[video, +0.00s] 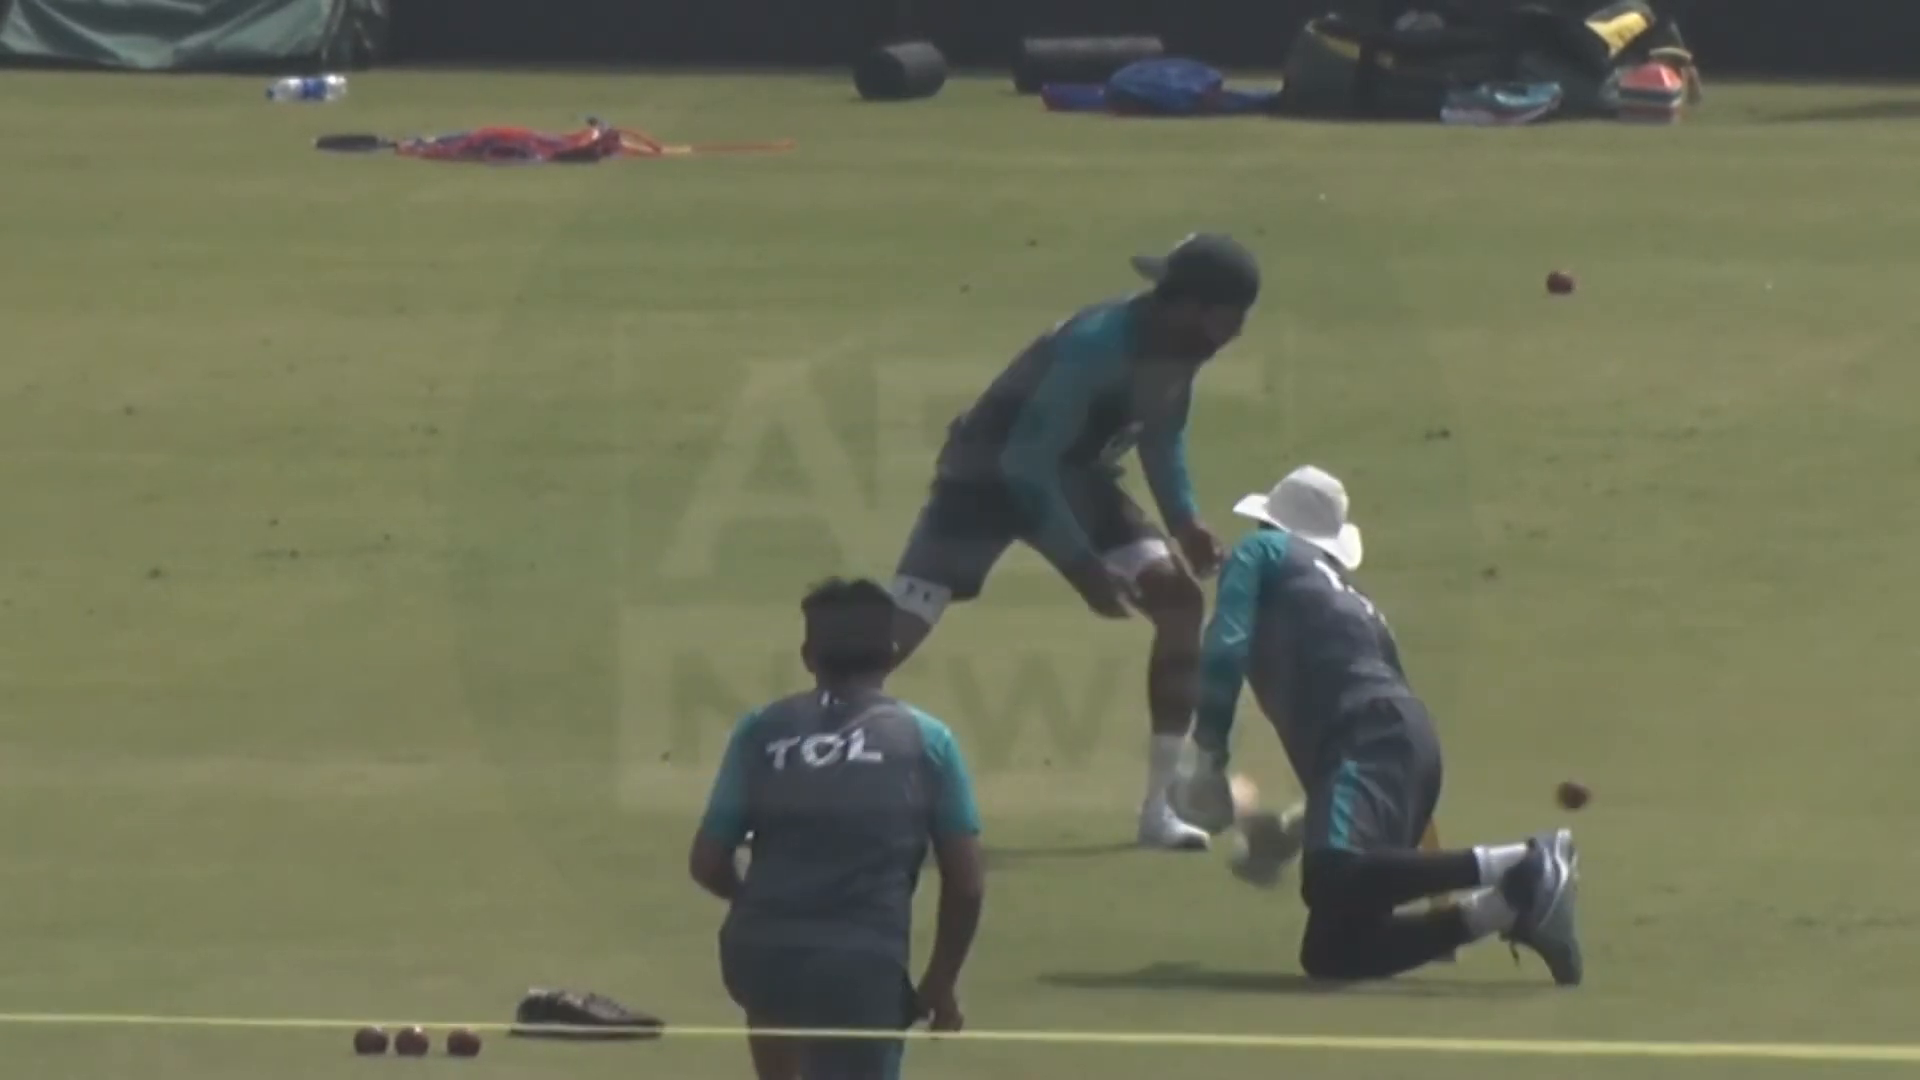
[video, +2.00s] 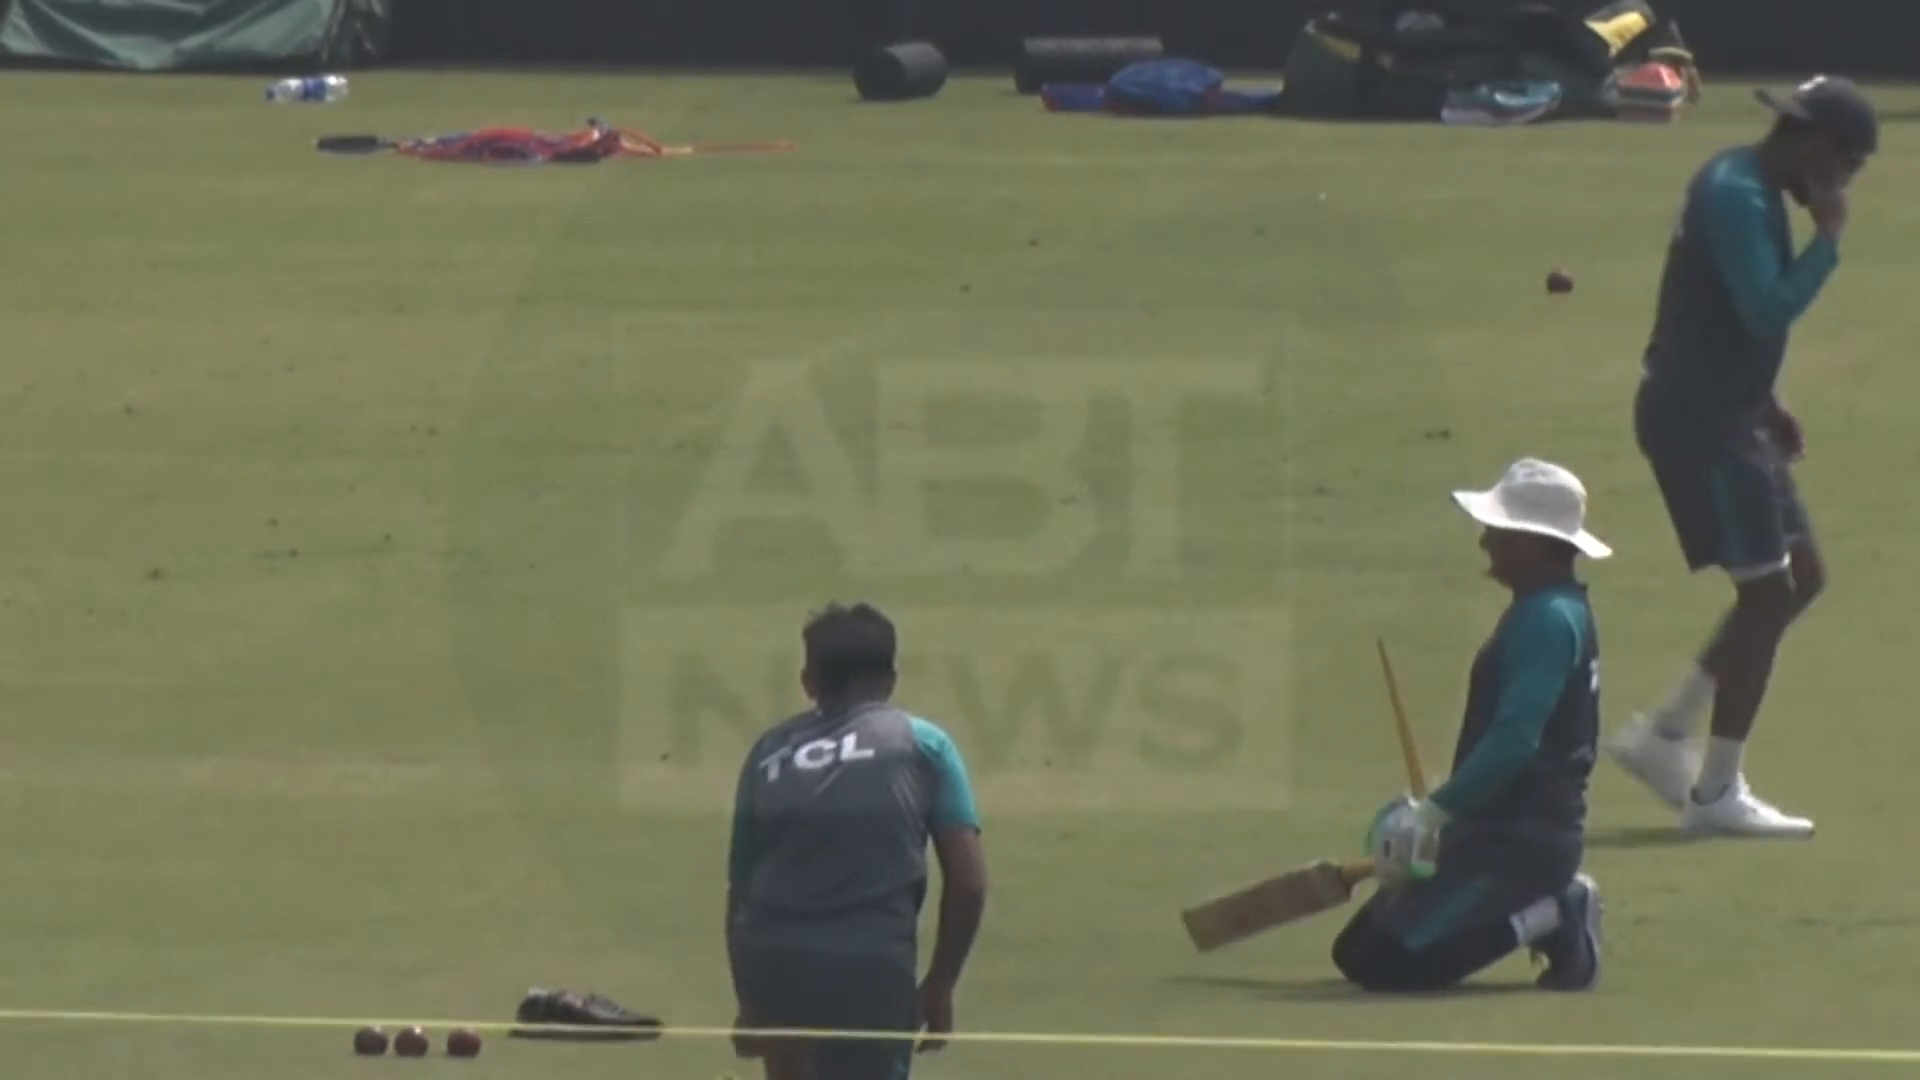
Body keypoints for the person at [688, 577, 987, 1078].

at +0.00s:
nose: (805, 652)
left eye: (807, 643)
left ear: (809, 655)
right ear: (891, 656)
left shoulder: (760, 731)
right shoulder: (928, 741)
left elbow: (707, 863)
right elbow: (965, 886)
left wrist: (759, 900)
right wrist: (939, 985)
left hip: (761, 954)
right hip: (862, 965)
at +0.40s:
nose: (792, 659)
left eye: (795, 650)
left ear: (801, 663)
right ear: (883, 662)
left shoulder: (760, 740)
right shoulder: (922, 734)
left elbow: (731, 885)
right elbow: (969, 875)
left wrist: (749, 970)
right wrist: (937, 976)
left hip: (770, 958)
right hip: (871, 961)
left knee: (786, 1069)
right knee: (869, 1068)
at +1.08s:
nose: (802, 675)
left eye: (804, 665)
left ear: (810, 676)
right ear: (890, 674)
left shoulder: (767, 747)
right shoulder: (927, 740)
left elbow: (737, 892)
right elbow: (972, 879)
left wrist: (748, 996)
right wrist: (944, 988)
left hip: (773, 967)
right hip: (873, 969)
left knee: (791, 1069)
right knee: (872, 1069)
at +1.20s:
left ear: (812, 676)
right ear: (893, 676)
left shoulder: (769, 743)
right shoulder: (930, 743)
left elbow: (722, 892)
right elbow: (972, 882)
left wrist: (743, 979)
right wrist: (947, 991)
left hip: (773, 960)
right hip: (871, 964)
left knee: (792, 1065)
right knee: (873, 1068)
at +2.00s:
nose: (802, 681)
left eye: (803, 672)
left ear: (809, 683)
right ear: (891, 679)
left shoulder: (768, 750)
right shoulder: (925, 743)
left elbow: (740, 896)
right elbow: (968, 883)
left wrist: (749, 1000)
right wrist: (939, 988)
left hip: (773, 971)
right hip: (872, 972)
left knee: (790, 1068)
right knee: (872, 1069)